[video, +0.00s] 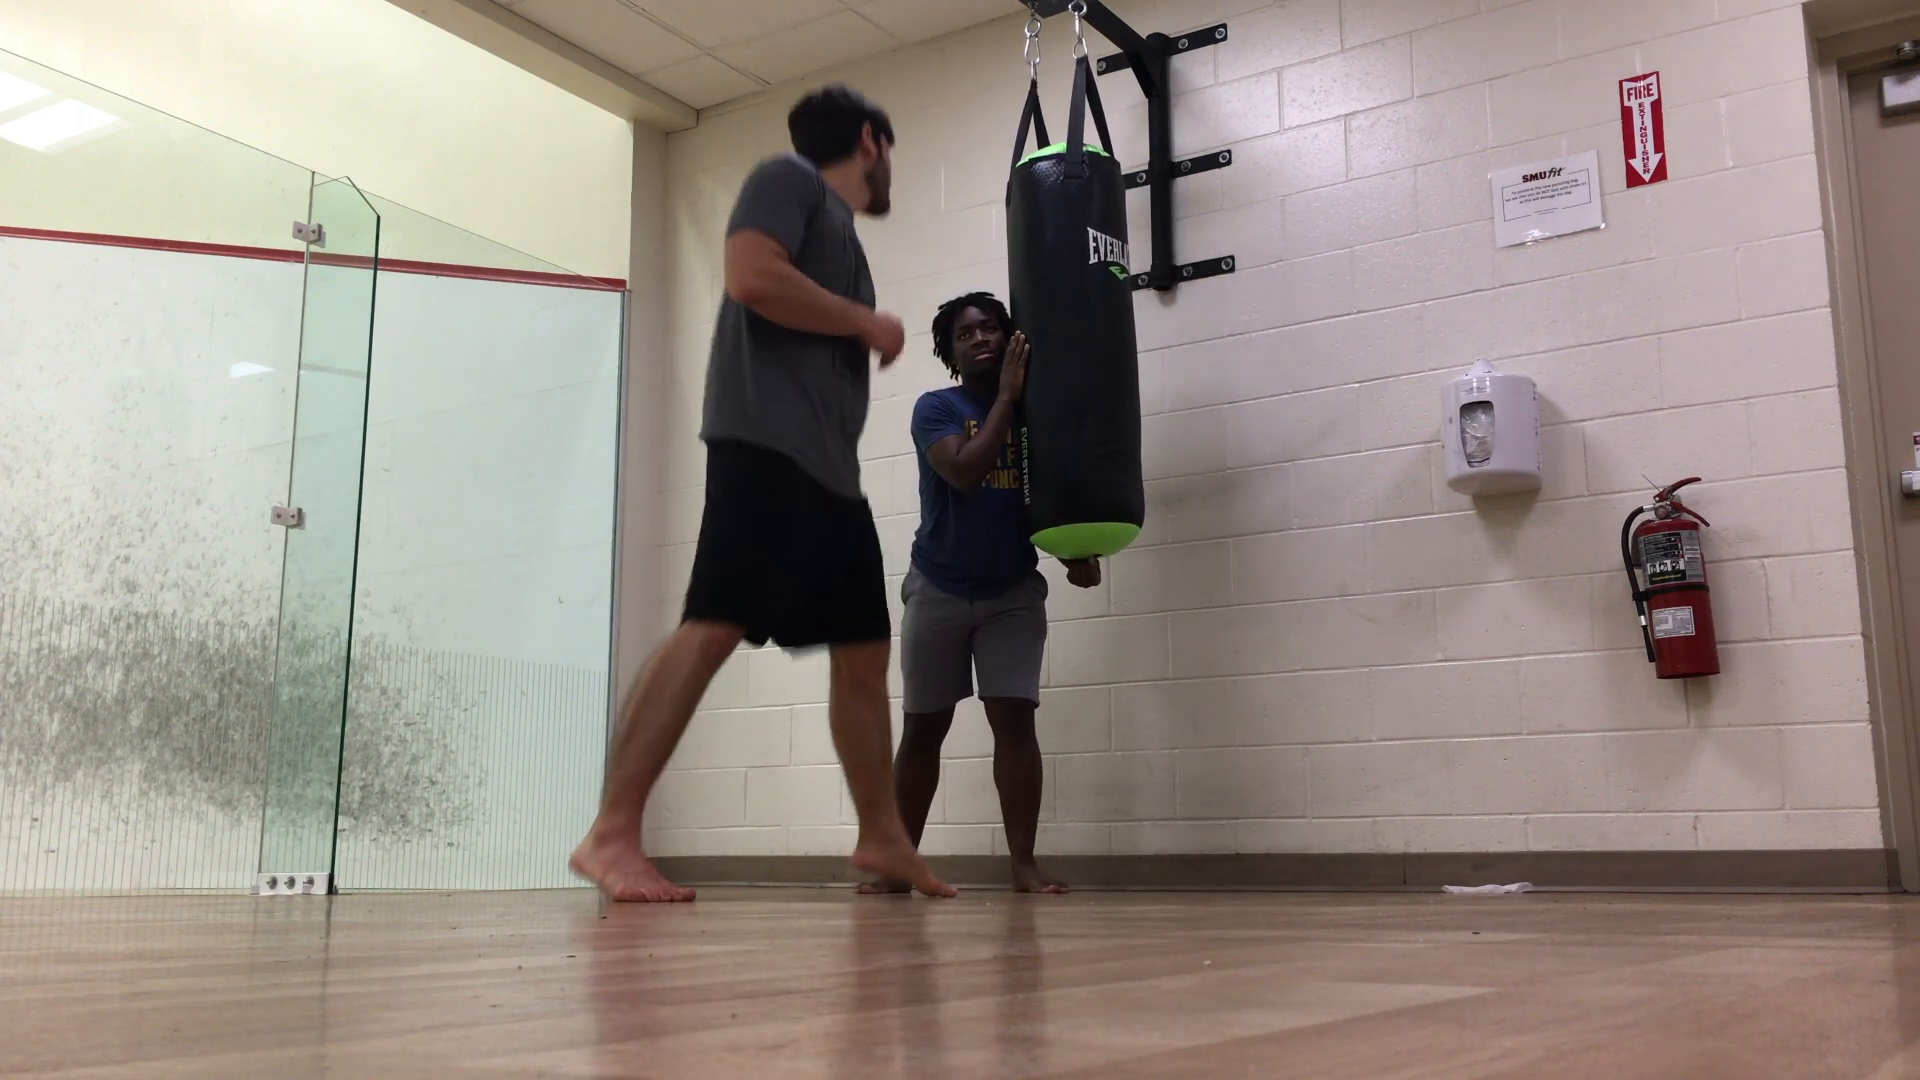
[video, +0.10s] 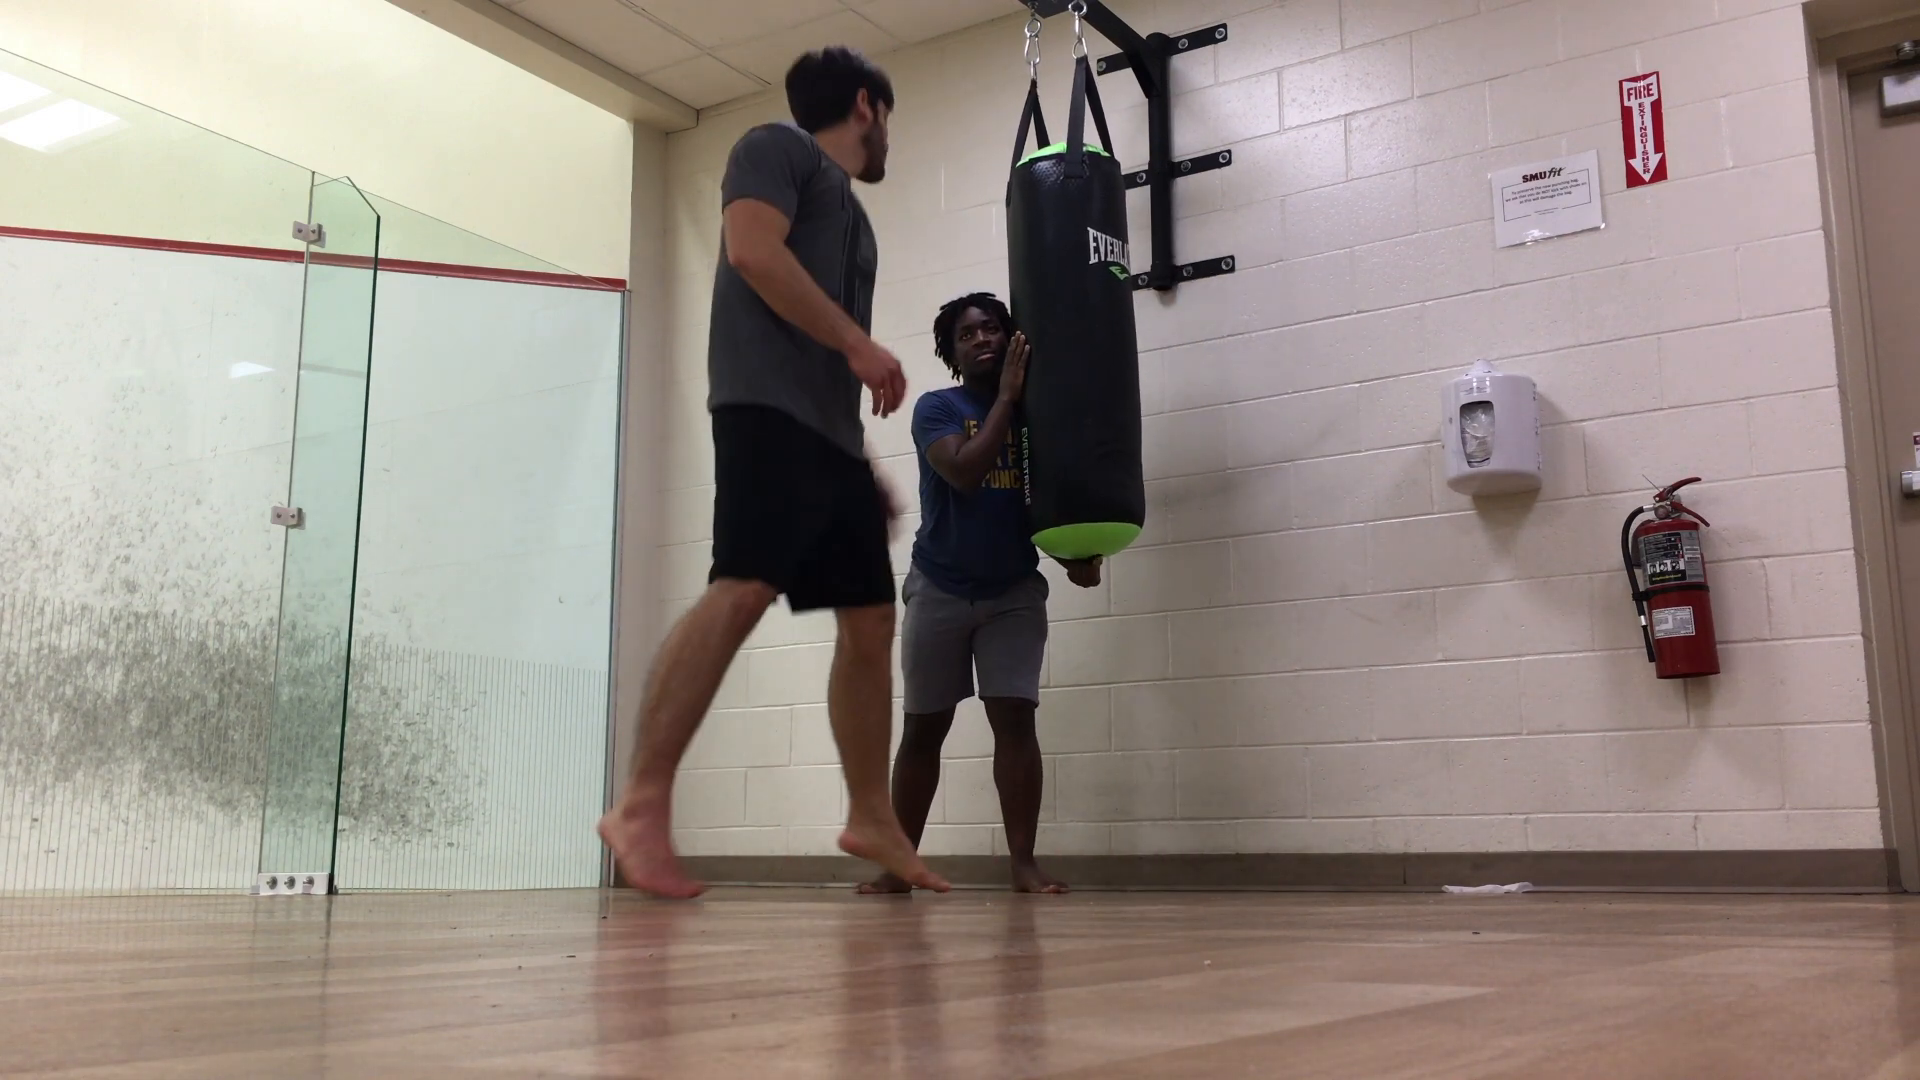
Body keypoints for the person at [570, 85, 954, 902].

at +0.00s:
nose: (891, 175)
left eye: (892, 162)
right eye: (890, 158)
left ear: (838, 145)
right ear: (867, 141)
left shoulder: (840, 242)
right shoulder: (786, 176)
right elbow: (751, 274)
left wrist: (861, 336)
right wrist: (866, 321)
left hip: (826, 466)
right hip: (760, 447)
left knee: (864, 642)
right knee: (713, 626)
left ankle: (882, 840)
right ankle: (610, 834)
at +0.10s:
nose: (886, 137)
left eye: (885, 123)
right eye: (884, 119)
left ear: (840, 111)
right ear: (863, 106)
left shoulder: (849, 222)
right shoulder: (780, 143)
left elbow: (824, 356)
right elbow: (753, 249)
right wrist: (856, 343)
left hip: (826, 430)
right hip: (765, 407)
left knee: (870, 613)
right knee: (746, 586)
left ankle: (873, 818)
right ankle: (639, 807)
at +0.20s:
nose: (885, 143)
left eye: (882, 128)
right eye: (882, 126)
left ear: (835, 120)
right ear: (859, 116)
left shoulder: (838, 227)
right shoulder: (784, 155)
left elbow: (840, 375)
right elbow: (763, 226)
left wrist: (933, 397)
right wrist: (903, 264)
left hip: (832, 436)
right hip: (770, 418)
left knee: (890, 625)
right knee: (749, 604)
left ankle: (851, 832)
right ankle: (641, 826)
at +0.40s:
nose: (879, 117)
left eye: (876, 106)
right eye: (876, 104)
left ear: (797, 109)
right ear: (859, 97)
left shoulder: (774, 181)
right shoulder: (838, 135)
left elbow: (809, 302)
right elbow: (868, 197)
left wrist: (894, 295)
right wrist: (1000, 245)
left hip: (780, 399)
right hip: (825, 391)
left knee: (846, 607)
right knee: (836, 593)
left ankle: (850, 824)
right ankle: (722, 790)